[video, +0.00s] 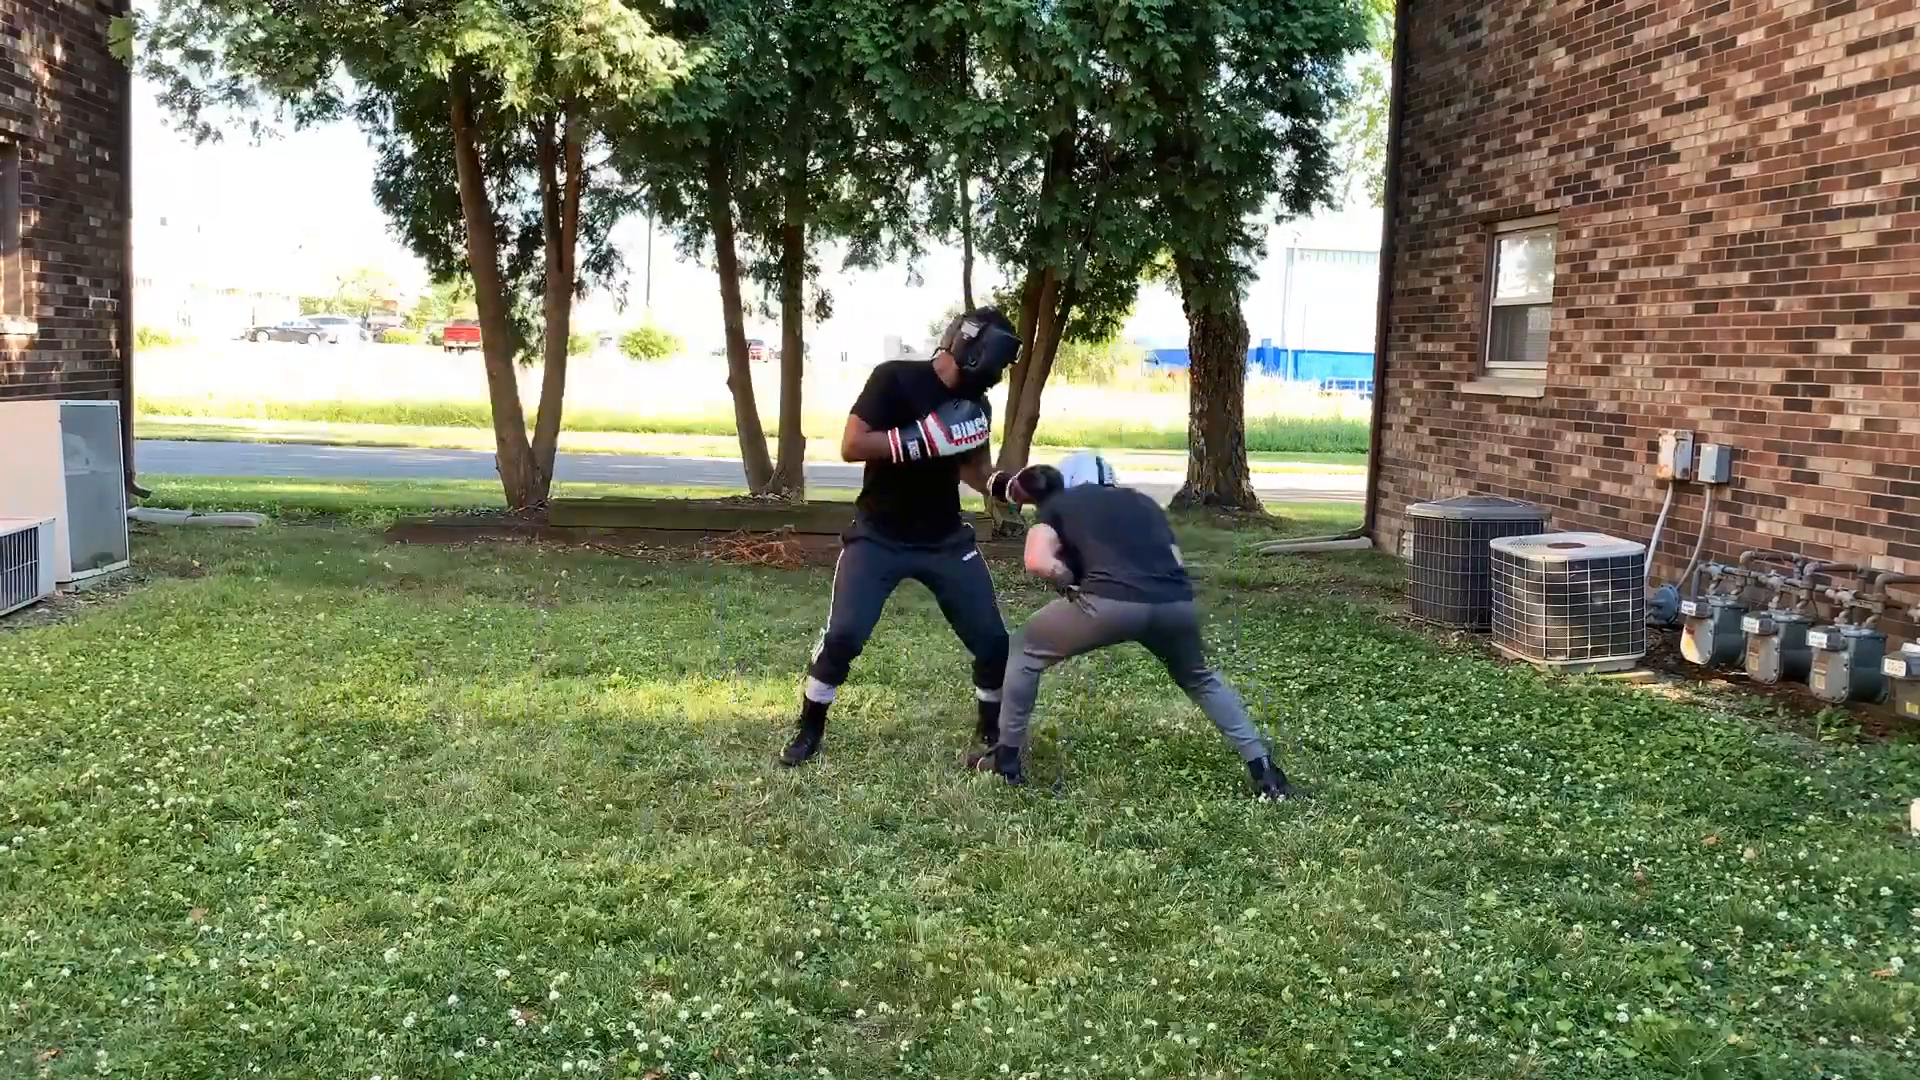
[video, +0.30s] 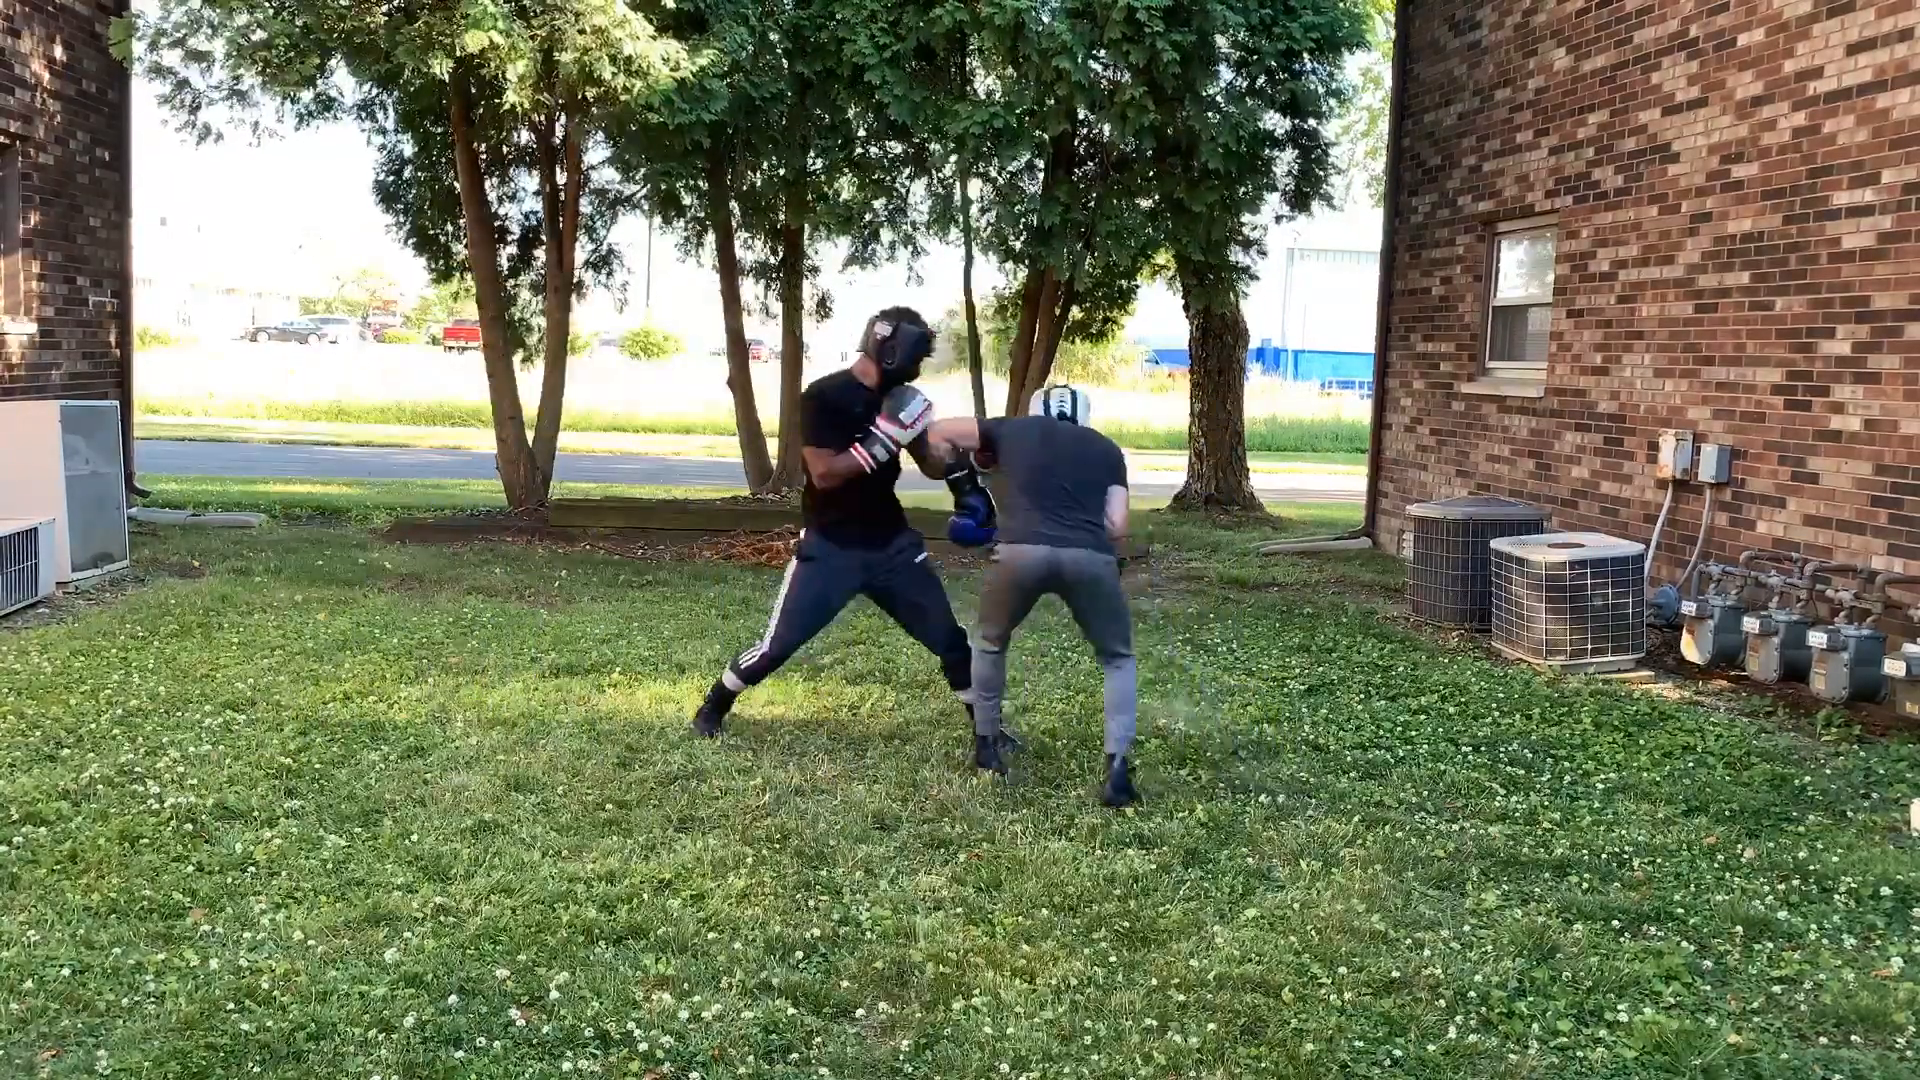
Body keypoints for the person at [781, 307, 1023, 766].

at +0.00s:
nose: (990, 374)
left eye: (997, 366)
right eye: (986, 362)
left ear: (995, 364)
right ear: (964, 348)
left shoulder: (975, 407)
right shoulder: (892, 379)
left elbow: (973, 466)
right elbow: (852, 445)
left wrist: (1001, 483)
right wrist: (918, 440)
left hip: (947, 542)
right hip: (877, 540)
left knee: (992, 641)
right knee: (844, 636)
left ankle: (991, 734)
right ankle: (808, 733)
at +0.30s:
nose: (915, 365)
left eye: (920, 355)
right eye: (912, 352)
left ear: (895, 349)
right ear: (885, 345)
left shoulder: (900, 400)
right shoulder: (821, 397)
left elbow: (933, 467)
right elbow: (823, 475)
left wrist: (952, 453)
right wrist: (883, 440)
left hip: (891, 546)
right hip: (830, 548)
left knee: (951, 641)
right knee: (776, 648)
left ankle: (988, 731)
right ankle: (716, 704)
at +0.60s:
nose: (834, 336)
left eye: (836, 326)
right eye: (825, 325)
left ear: (834, 324)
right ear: (794, 322)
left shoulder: (837, 367)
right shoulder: (739, 367)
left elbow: (891, 404)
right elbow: (717, 441)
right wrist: (771, 420)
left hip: (825, 506)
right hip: (759, 506)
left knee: (873, 600)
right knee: (734, 609)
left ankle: (873, 696)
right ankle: (706, 704)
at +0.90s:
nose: (745, 337)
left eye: (752, 328)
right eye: (736, 327)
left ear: (759, 329)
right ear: (709, 324)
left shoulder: (770, 366)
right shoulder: (675, 381)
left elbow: (833, 390)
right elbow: (676, 451)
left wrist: (867, 366)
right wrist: (717, 415)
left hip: (773, 522)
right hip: (708, 524)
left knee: (813, 610)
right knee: (664, 603)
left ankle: (840, 701)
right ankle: (634, 667)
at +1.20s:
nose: (710, 323)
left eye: (713, 312)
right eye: (701, 312)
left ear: (712, 310)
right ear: (669, 308)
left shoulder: (713, 357)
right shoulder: (615, 356)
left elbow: (735, 429)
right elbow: (591, 427)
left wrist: (749, 407)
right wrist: (648, 403)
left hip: (705, 498)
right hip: (639, 502)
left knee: (749, 592)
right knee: (611, 602)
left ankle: (753, 683)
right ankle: (571, 685)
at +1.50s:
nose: (639, 355)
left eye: (648, 345)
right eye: (629, 345)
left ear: (665, 340)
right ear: (615, 345)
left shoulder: (707, 367)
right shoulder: (611, 397)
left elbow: (761, 381)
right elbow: (613, 475)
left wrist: (802, 388)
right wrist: (649, 456)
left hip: (724, 521)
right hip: (665, 523)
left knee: (744, 624)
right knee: (611, 615)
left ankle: (797, 695)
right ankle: (581, 692)